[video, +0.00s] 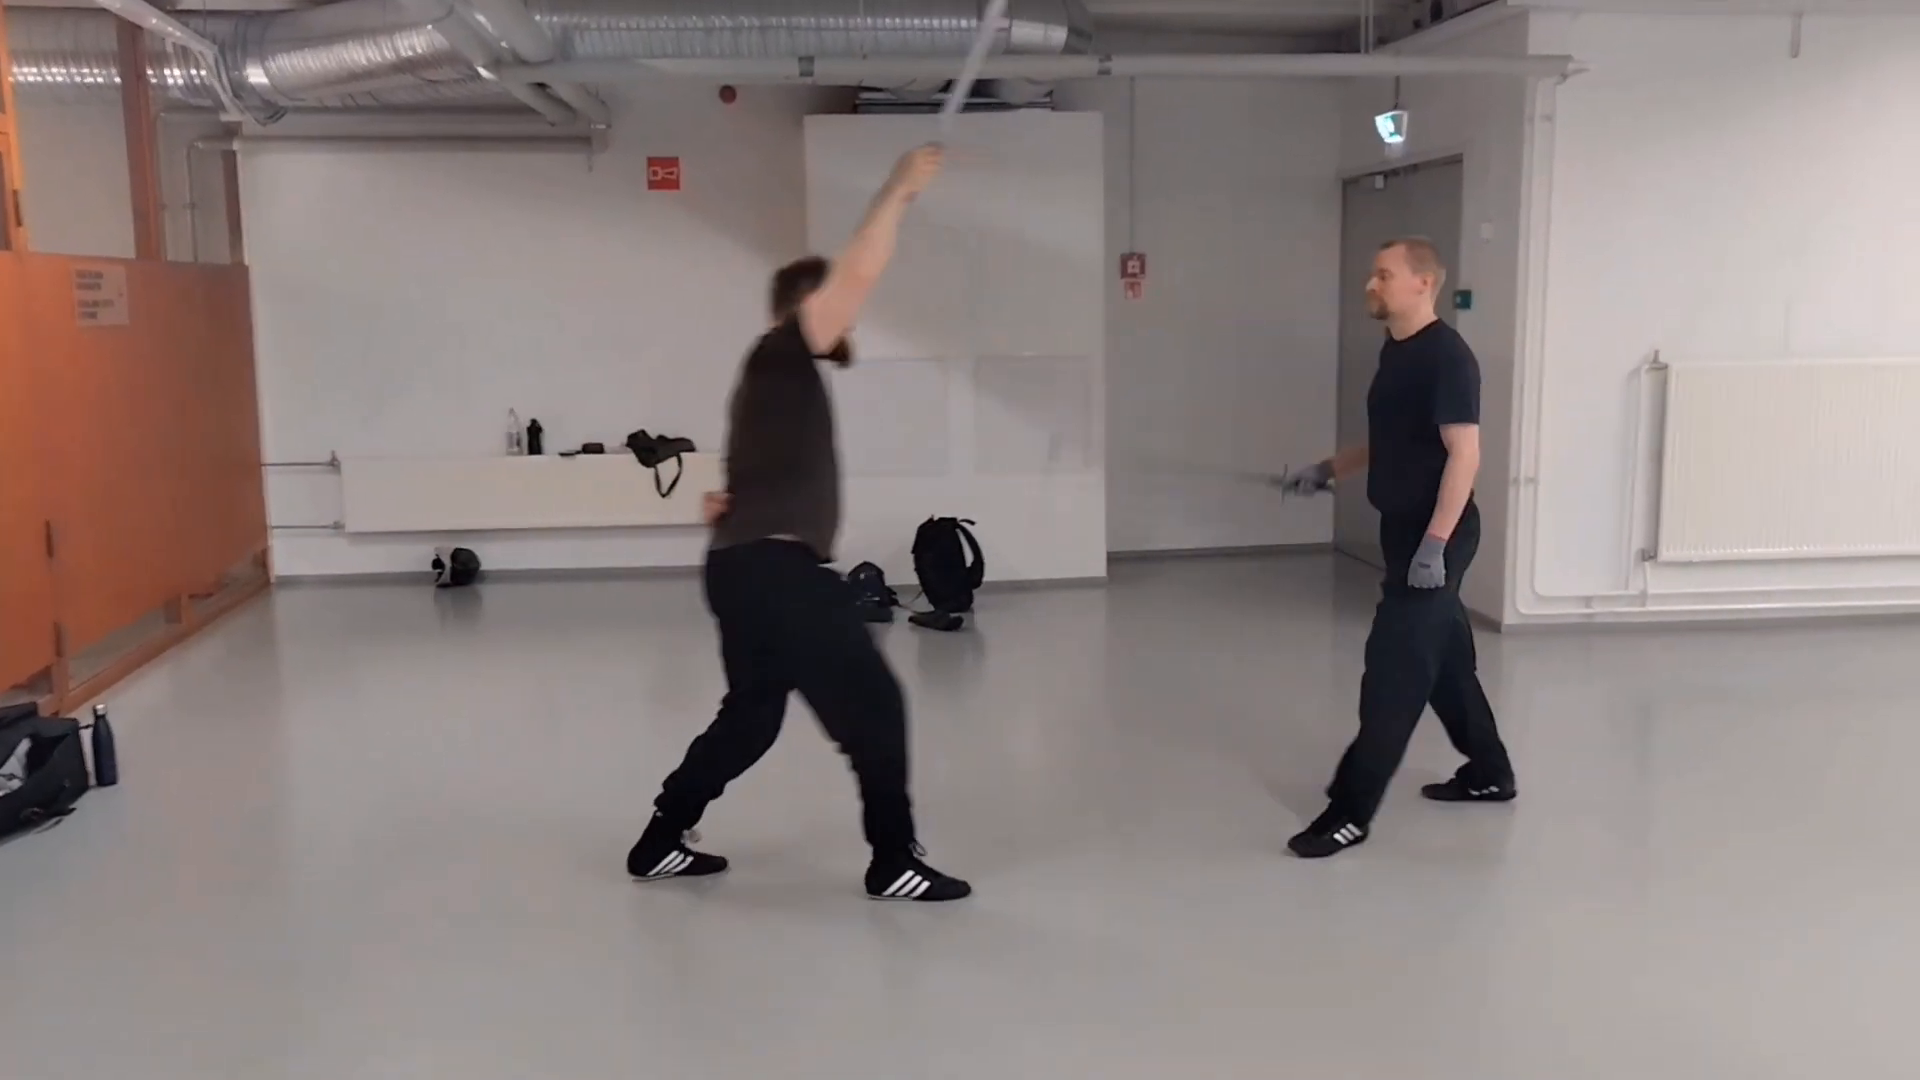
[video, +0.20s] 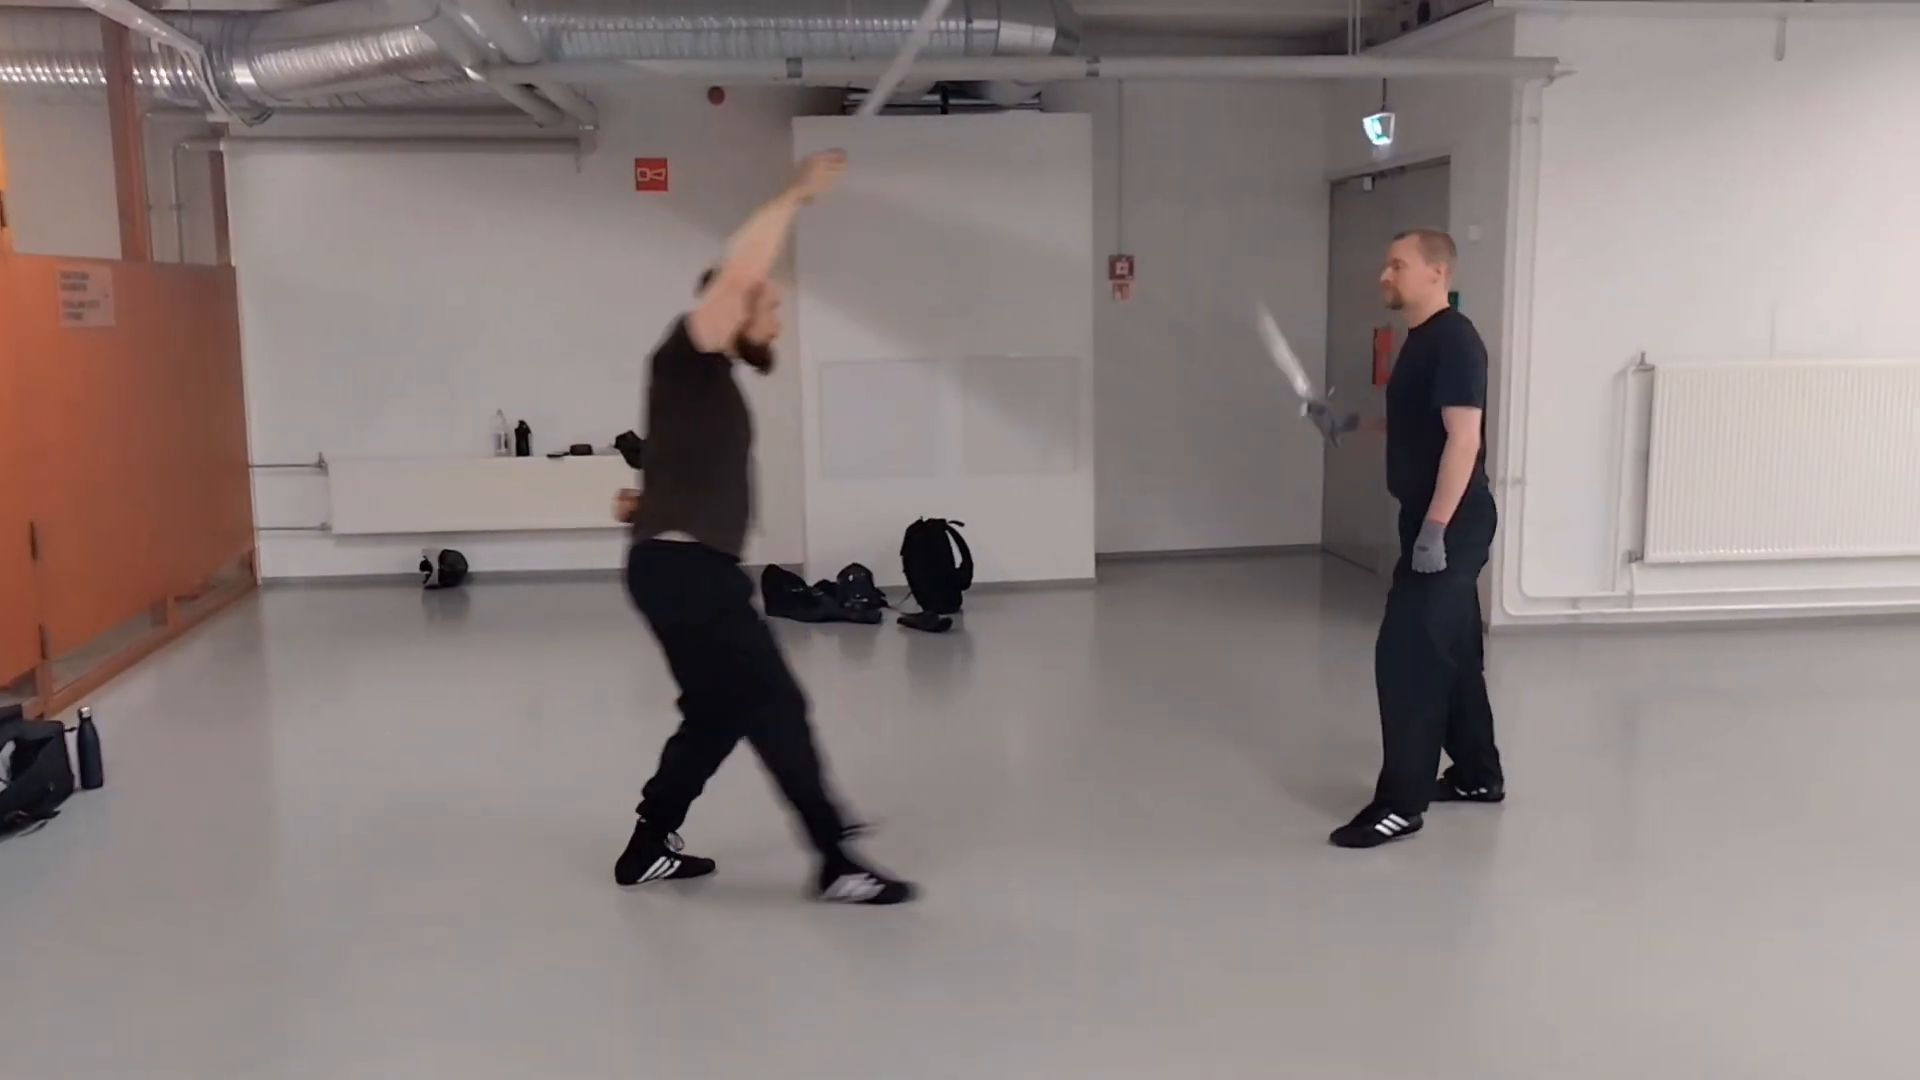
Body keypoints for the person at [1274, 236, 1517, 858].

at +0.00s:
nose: (1371, 285)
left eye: (1383, 276)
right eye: (1372, 276)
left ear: (1425, 284)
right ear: (1399, 288)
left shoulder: (1446, 355)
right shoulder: (1397, 352)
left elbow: (1466, 454)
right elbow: (1390, 441)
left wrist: (1434, 543)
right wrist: (1326, 470)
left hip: (1436, 535)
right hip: (1404, 530)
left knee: (1394, 667)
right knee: (1446, 659)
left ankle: (1351, 811)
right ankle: (1490, 769)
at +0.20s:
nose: (1385, 276)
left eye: (1397, 266)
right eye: (1385, 266)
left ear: (1437, 274)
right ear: (1421, 277)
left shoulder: (1453, 339)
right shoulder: (1420, 341)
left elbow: (1465, 439)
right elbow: (1411, 426)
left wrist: (1433, 528)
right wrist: (1350, 424)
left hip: (1449, 523)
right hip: (1429, 518)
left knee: (1404, 653)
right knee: (1454, 648)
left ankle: (1401, 803)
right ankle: (1477, 770)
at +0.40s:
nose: (1384, 278)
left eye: (1396, 268)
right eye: (1385, 268)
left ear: (1435, 274)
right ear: (1422, 277)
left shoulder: (1445, 338)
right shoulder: (1425, 338)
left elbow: (1447, 438)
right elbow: (1411, 424)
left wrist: (1415, 526)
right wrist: (1369, 386)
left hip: (1440, 523)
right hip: (1442, 517)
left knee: (1404, 659)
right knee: (1446, 652)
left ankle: (1408, 810)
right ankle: (1463, 773)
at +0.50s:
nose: (1379, 279)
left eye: (1390, 269)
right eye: (1380, 270)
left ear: (1430, 277)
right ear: (1424, 279)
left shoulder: (1438, 342)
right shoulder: (1426, 342)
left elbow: (1435, 445)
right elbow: (1407, 424)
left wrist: (1406, 530)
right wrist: (1375, 375)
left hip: (1436, 523)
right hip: (1443, 518)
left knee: (1403, 662)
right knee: (1439, 653)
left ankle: (1404, 815)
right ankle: (1459, 773)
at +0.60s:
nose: (1370, 282)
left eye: (1382, 272)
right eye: (1371, 272)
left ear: (1420, 279)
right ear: (1416, 280)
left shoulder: (1427, 344)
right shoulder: (1426, 341)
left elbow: (1426, 447)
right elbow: (1411, 427)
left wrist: (1397, 534)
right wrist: (1370, 387)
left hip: (1432, 524)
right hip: (1445, 518)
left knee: (1399, 665)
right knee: (1435, 653)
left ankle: (1398, 817)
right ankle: (1452, 774)